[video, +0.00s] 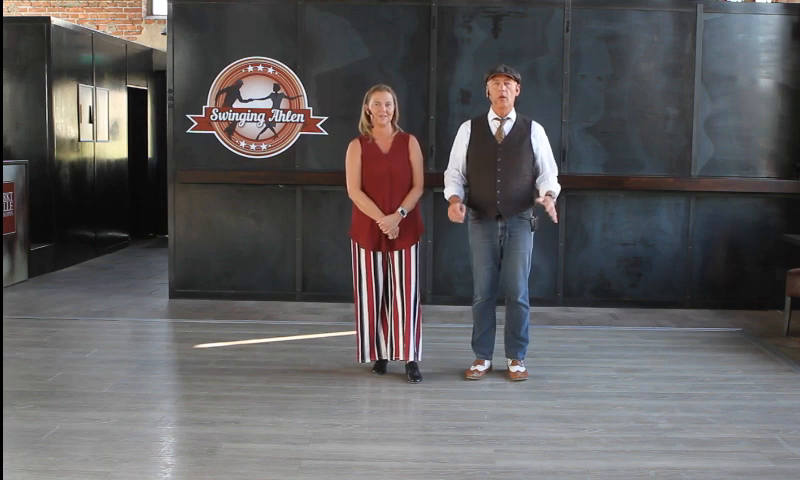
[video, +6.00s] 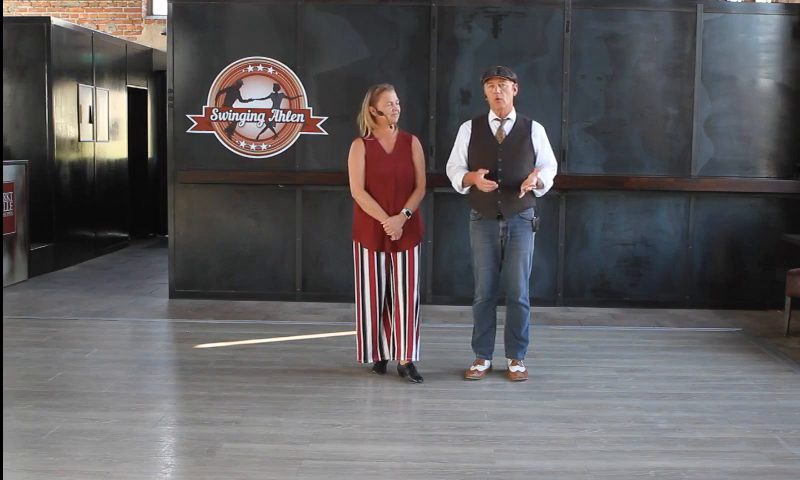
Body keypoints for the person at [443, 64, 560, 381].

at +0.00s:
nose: (503, 90)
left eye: (508, 85)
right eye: (497, 84)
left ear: (516, 91)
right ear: (488, 90)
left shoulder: (533, 131)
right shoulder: (468, 130)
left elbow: (548, 172)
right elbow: (454, 172)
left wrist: (547, 193)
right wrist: (454, 198)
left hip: (520, 220)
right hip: (480, 221)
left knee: (517, 293)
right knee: (483, 293)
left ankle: (516, 359)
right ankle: (481, 358)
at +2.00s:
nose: (497, 91)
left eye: (502, 86)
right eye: (491, 87)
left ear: (514, 89)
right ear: (485, 93)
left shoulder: (533, 130)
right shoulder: (469, 128)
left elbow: (549, 172)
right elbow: (454, 168)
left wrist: (537, 176)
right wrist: (459, 177)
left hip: (520, 219)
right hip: (481, 219)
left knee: (517, 292)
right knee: (483, 292)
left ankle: (516, 359)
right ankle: (482, 358)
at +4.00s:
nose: (504, 90)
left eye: (510, 85)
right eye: (499, 84)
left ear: (518, 92)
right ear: (489, 89)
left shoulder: (532, 130)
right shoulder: (468, 129)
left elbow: (548, 169)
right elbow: (452, 170)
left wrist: (533, 181)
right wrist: (466, 181)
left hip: (520, 219)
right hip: (481, 220)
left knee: (517, 292)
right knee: (483, 292)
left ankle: (516, 359)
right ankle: (482, 358)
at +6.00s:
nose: (497, 92)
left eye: (502, 86)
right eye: (491, 87)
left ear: (514, 90)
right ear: (485, 93)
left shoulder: (533, 129)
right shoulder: (469, 129)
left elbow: (549, 166)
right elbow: (453, 170)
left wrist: (537, 177)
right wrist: (471, 178)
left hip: (521, 219)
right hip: (482, 219)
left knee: (517, 292)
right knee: (484, 291)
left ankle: (516, 359)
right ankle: (482, 358)